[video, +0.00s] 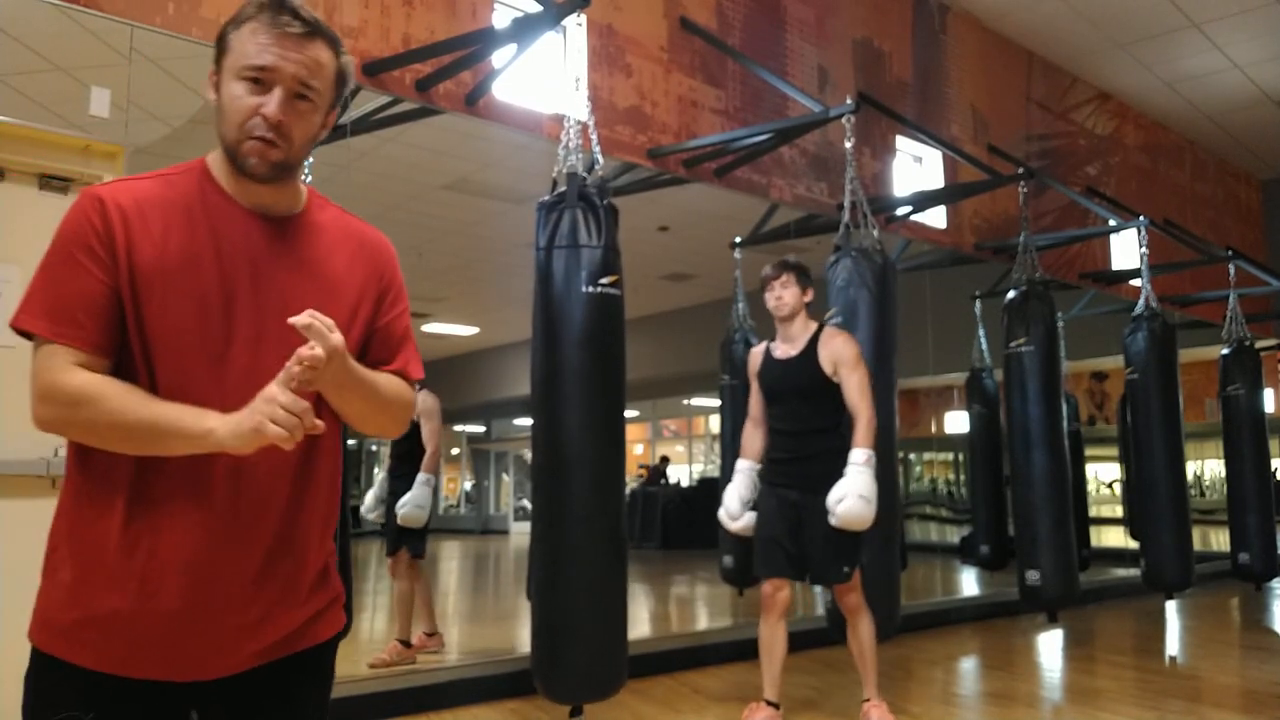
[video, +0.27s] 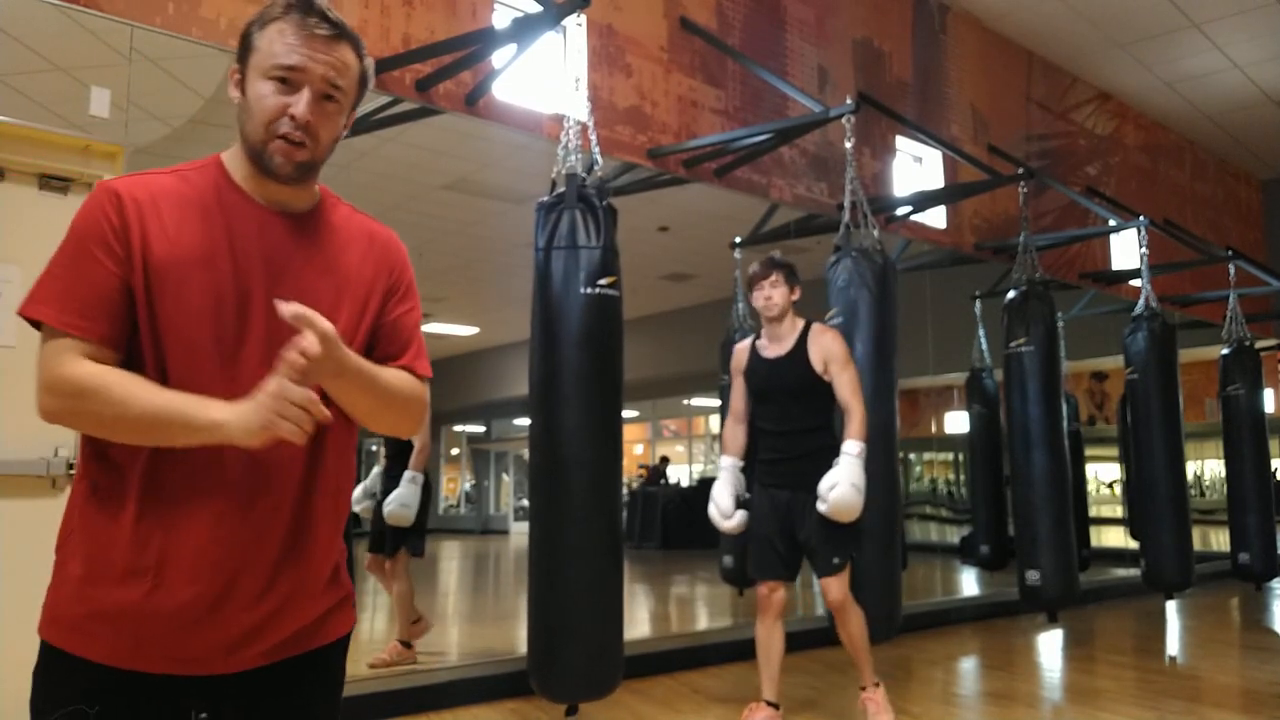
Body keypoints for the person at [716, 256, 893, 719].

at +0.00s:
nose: (776, 293)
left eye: (785, 285)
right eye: (770, 288)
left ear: (807, 294)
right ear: (765, 300)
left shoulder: (836, 343)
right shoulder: (760, 356)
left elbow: (864, 413)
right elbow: (755, 424)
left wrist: (860, 472)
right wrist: (742, 484)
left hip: (831, 489)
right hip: (777, 491)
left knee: (849, 598)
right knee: (773, 597)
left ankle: (872, 699)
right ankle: (769, 704)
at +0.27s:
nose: (766, 293)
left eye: (775, 285)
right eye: (758, 287)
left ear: (794, 292)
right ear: (751, 298)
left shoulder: (824, 340)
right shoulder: (744, 352)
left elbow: (855, 407)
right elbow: (737, 419)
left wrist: (851, 462)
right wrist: (728, 476)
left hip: (821, 487)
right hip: (766, 491)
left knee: (837, 597)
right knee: (768, 599)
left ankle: (871, 687)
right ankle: (768, 703)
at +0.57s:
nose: (792, 290)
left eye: (801, 282)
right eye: (784, 283)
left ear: (820, 291)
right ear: (774, 294)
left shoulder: (849, 341)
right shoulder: (760, 349)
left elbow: (877, 407)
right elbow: (744, 416)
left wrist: (873, 457)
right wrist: (730, 472)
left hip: (841, 491)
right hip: (780, 493)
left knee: (861, 600)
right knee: (774, 601)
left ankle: (887, 711)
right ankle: (769, 705)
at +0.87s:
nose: (858, 292)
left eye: (868, 284)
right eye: (849, 284)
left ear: (885, 292)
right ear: (837, 292)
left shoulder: (904, 350)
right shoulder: (808, 344)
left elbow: (928, 420)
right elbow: (777, 409)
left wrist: (909, 443)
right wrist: (761, 469)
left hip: (877, 499)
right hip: (817, 497)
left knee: (889, 607)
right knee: (786, 606)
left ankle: (892, 715)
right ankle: (747, 690)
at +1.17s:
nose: (879, 295)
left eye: (889, 286)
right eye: (870, 286)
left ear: (907, 293)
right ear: (859, 292)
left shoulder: (923, 352)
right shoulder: (829, 339)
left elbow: (935, 421)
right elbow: (791, 405)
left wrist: (923, 437)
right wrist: (776, 467)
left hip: (887, 498)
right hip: (829, 495)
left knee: (894, 609)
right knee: (792, 605)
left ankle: (893, 716)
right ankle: (747, 690)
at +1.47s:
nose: (881, 292)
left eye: (890, 282)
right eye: (871, 283)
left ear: (907, 290)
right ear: (859, 290)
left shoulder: (923, 350)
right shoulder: (829, 337)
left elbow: (937, 419)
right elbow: (791, 403)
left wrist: (925, 434)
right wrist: (775, 465)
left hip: (887, 496)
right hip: (829, 493)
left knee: (893, 609)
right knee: (793, 605)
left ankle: (894, 716)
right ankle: (751, 690)